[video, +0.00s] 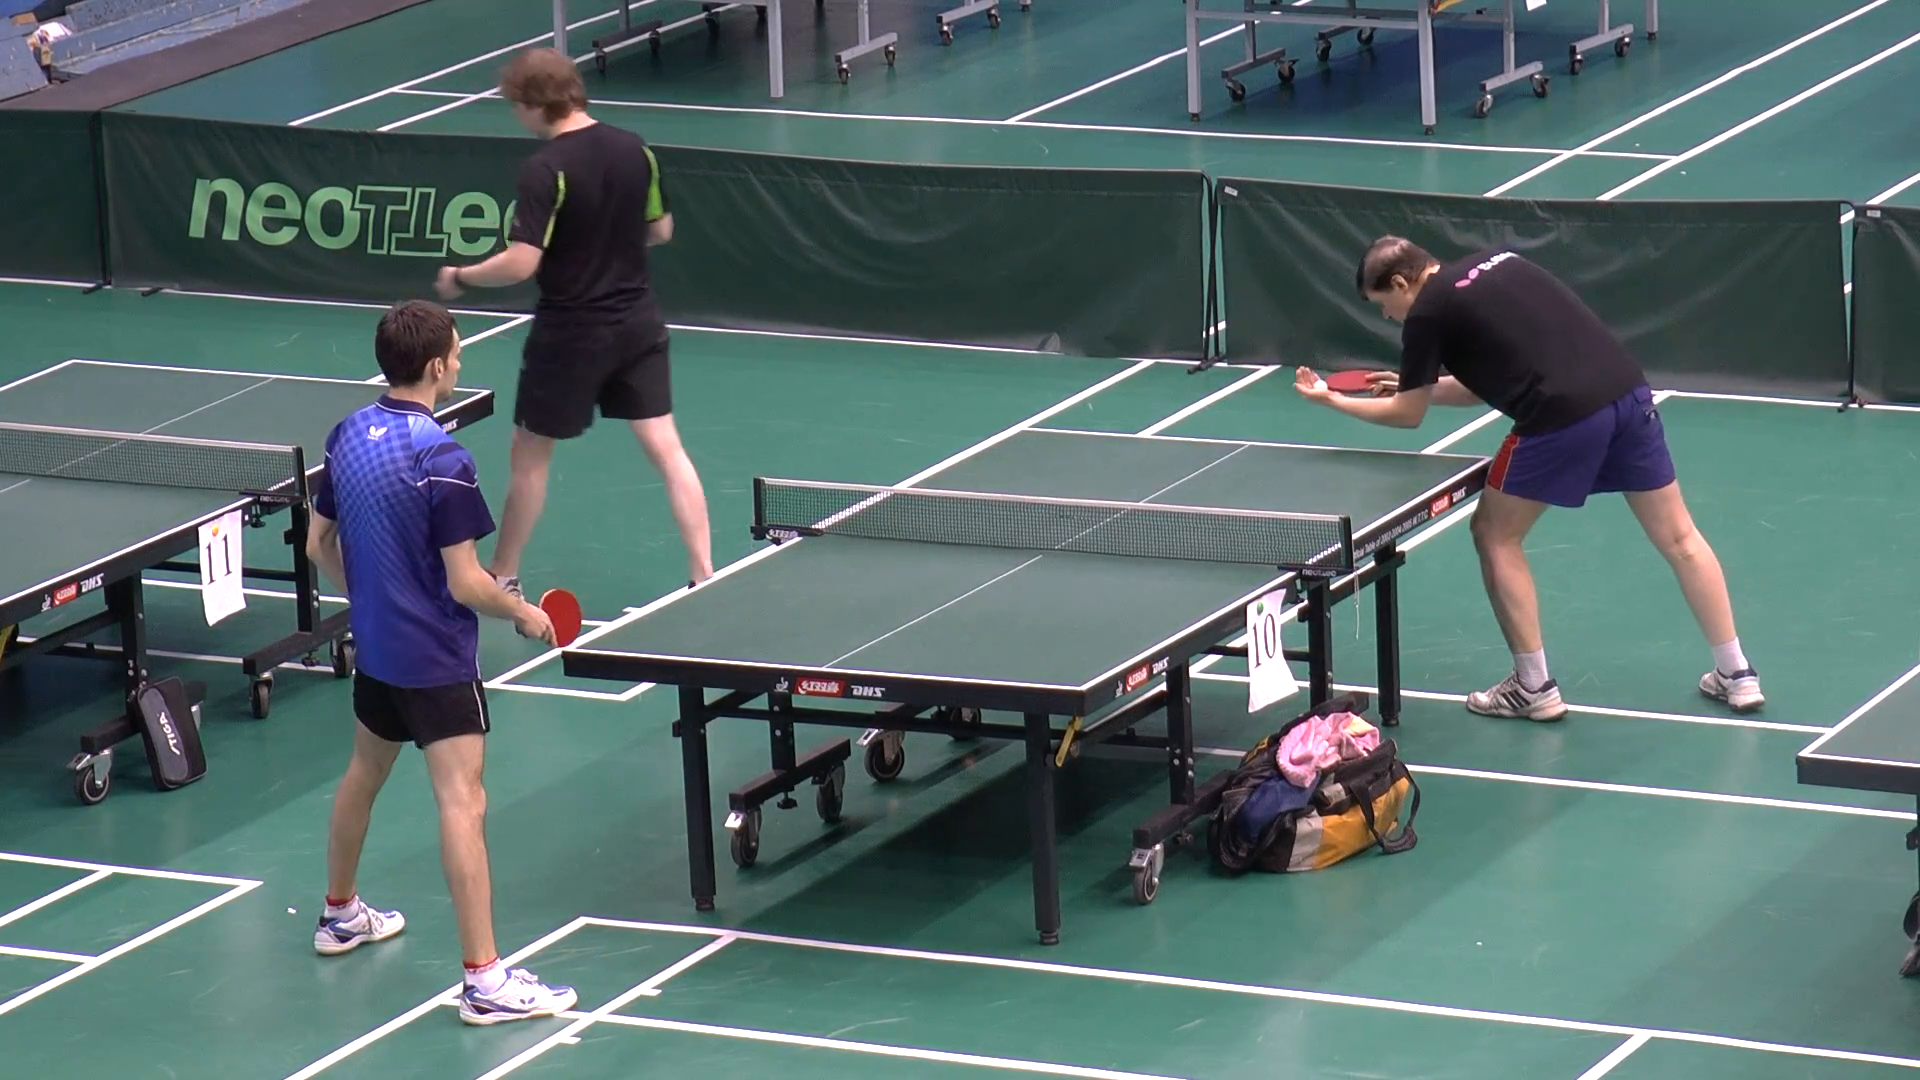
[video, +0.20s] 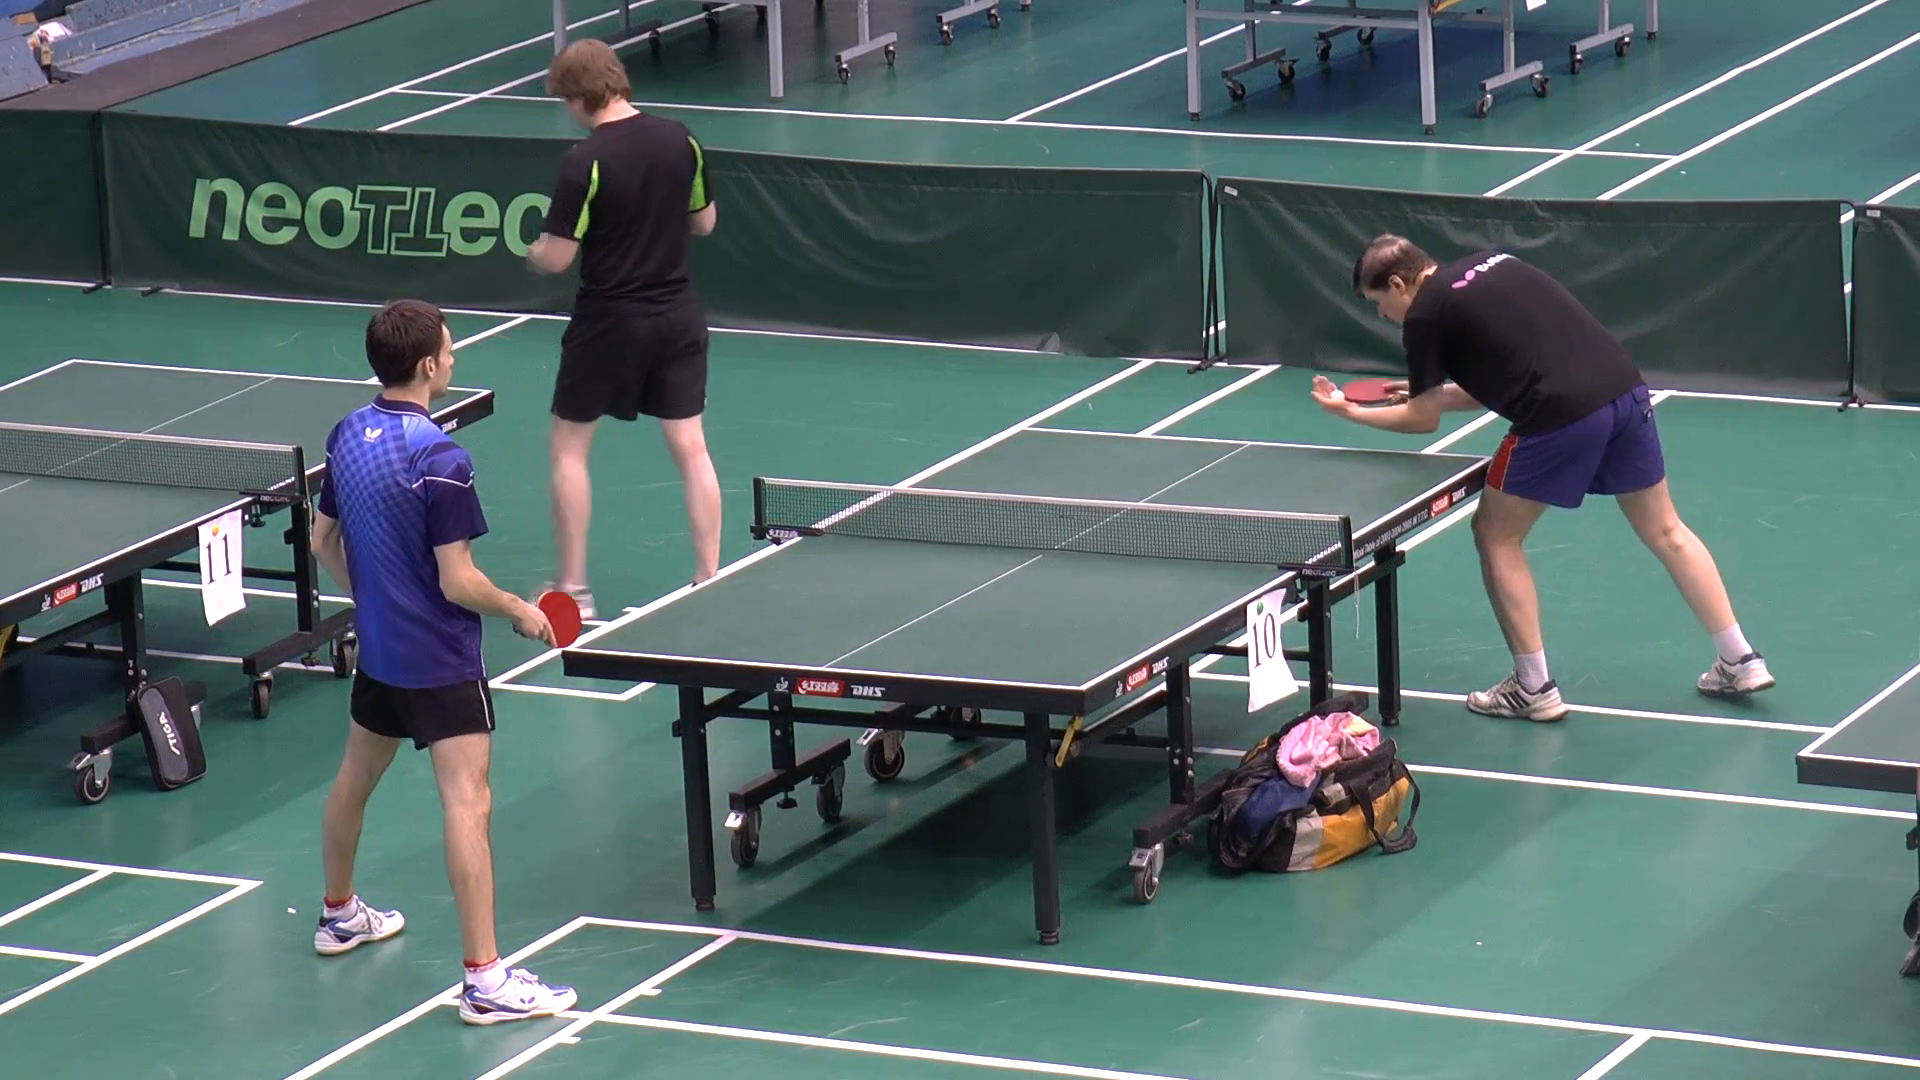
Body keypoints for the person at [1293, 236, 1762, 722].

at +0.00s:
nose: (1392, 319)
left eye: (1385, 307)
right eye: (1383, 311)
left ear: (1401, 283)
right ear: (1423, 263)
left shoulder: (1429, 312)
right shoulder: (1497, 262)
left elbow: (1406, 416)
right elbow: (1484, 384)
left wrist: (1331, 400)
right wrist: (1393, 386)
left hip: (1561, 416)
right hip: (1630, 394)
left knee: (1496, 535)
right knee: (1681, 536)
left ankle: (1534, 685)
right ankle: (1738, 674)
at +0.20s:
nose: (1386, 316)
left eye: (1380, 306)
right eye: (1378, 308)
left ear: (1397, 284)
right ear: (1422, 262)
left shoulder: (1425, 316)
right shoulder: (1492, 263)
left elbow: (1423, 420)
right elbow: (1494, 383)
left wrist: (1349, 411)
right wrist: (1416, 395)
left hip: (1557, 418)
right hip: (1625, 393)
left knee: (1497, 535)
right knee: (1668, 530)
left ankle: (1533, 685)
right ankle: (1741, 659)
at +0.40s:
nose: (1401, 298)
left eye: (1395, 286)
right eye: (1392, 289)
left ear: (1416, 268)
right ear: (1440, 253)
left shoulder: (1443, 305)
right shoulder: (1512, 260)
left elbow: (1468, 409)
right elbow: (1514, 378)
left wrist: (1401, 438)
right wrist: (1448, 406)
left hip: (1567, 419)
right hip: (1632, 396)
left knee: (1497, 535)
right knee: (1666, 528)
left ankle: (1533, 684)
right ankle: (1728, 653)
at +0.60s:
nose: (1431, 251)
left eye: (1433, 239)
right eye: (1429, 240)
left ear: (1460, 233)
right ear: (1482, 225)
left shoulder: (1482, 281)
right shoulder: (1551, 243)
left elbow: (1473, 386)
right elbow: (1557, 345)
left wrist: (1415, 424)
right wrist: (1486, 387)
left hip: (1585, 419)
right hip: (1649, 401)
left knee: (1501, 530)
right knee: (1659, 529)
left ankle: (1533, 684)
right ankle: (1731, 656)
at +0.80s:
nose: (1470, 189)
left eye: (1475, 179)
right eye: (1472, 178)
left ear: (1501, 185)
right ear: (1531, 184)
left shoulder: (1508, 233)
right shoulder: (1581, 219)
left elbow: (1418, 269)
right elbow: (1507, 300)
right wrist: (1446, 241)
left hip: (1591, 411)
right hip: (1654, 400)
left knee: (1511, 526)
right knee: (1660, 524)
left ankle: (1534, 684)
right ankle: (1731, 655)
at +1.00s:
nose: (1509, 143)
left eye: (1518, 137)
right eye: (1515, 135)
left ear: (1538, 156)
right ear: (1565, 160)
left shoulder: (1532, 214)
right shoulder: (1598, 205)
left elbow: (1435, 258)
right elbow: (1529, 292)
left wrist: (1371, 198)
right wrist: (1478, 222)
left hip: (1587, 405)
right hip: (1649, 395)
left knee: (1513, 525)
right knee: (1662, 525)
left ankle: (1534, 683)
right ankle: (1731, 655)